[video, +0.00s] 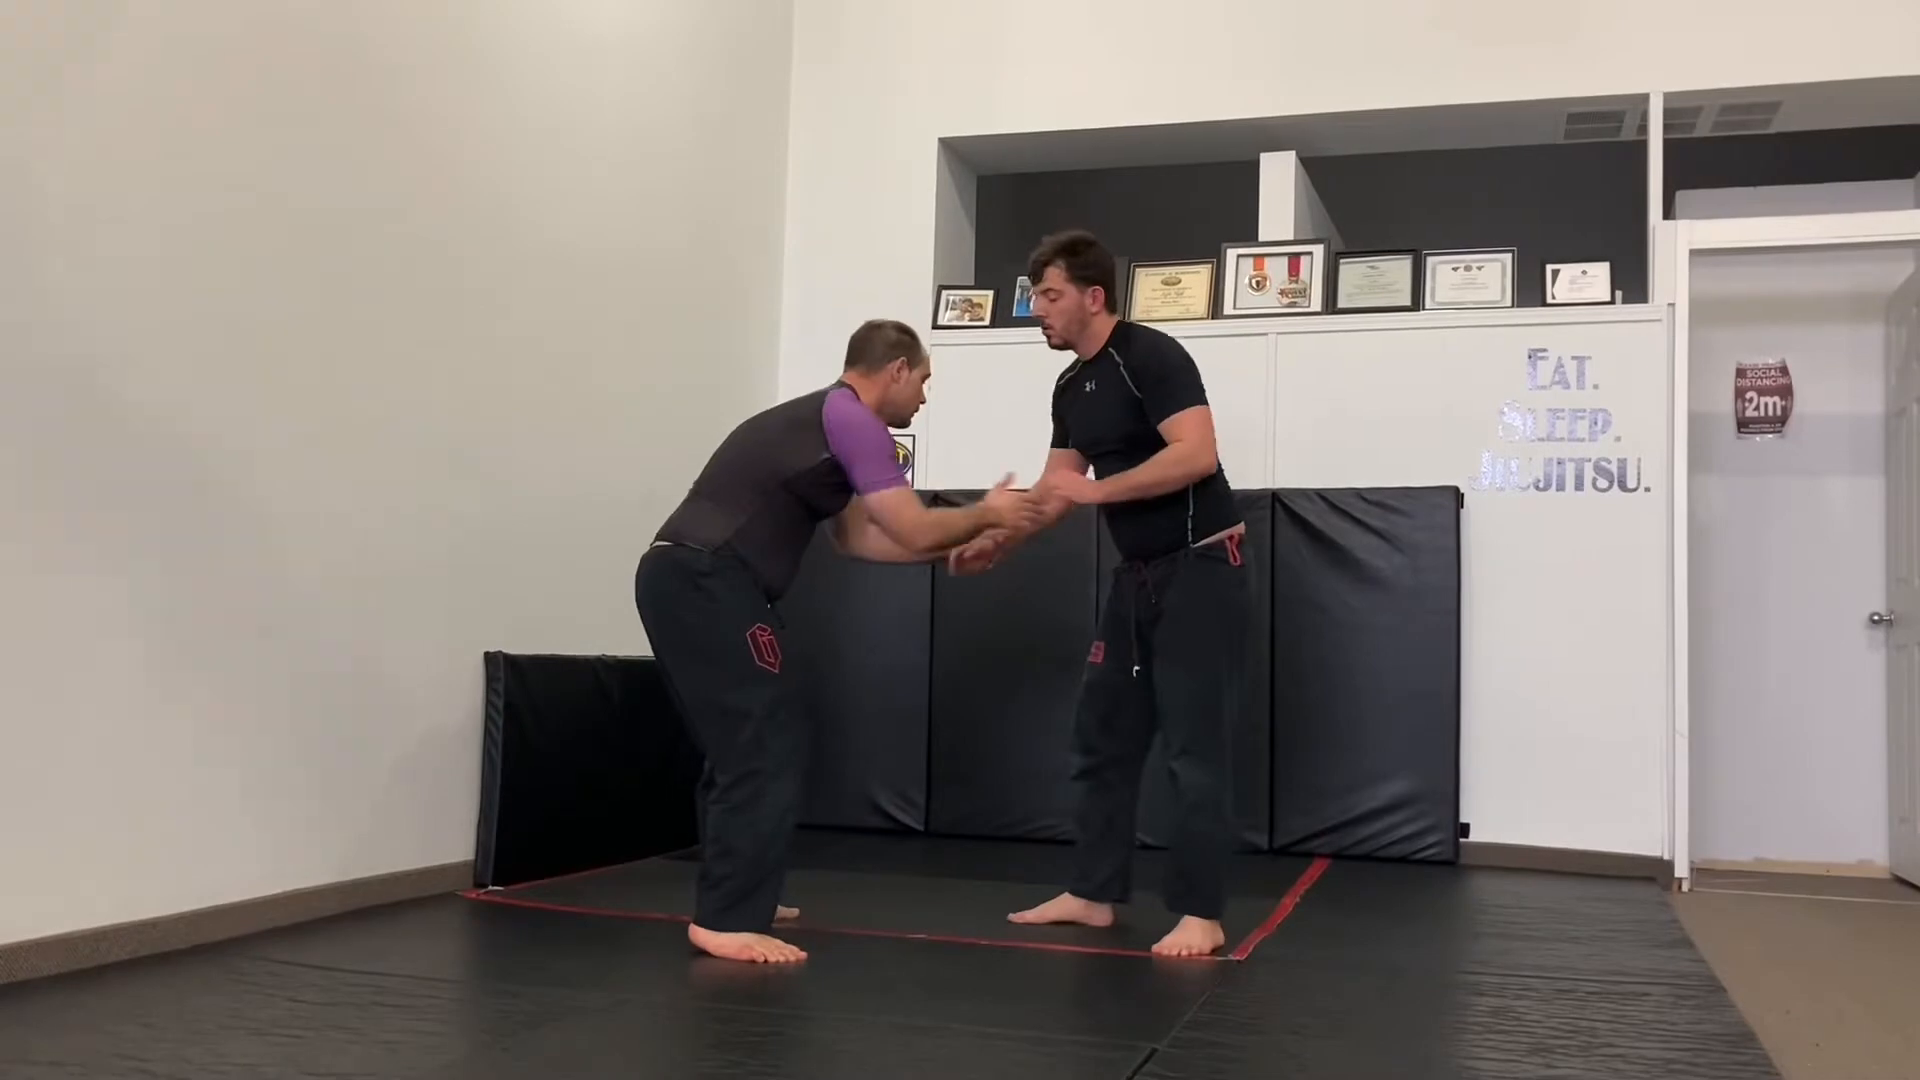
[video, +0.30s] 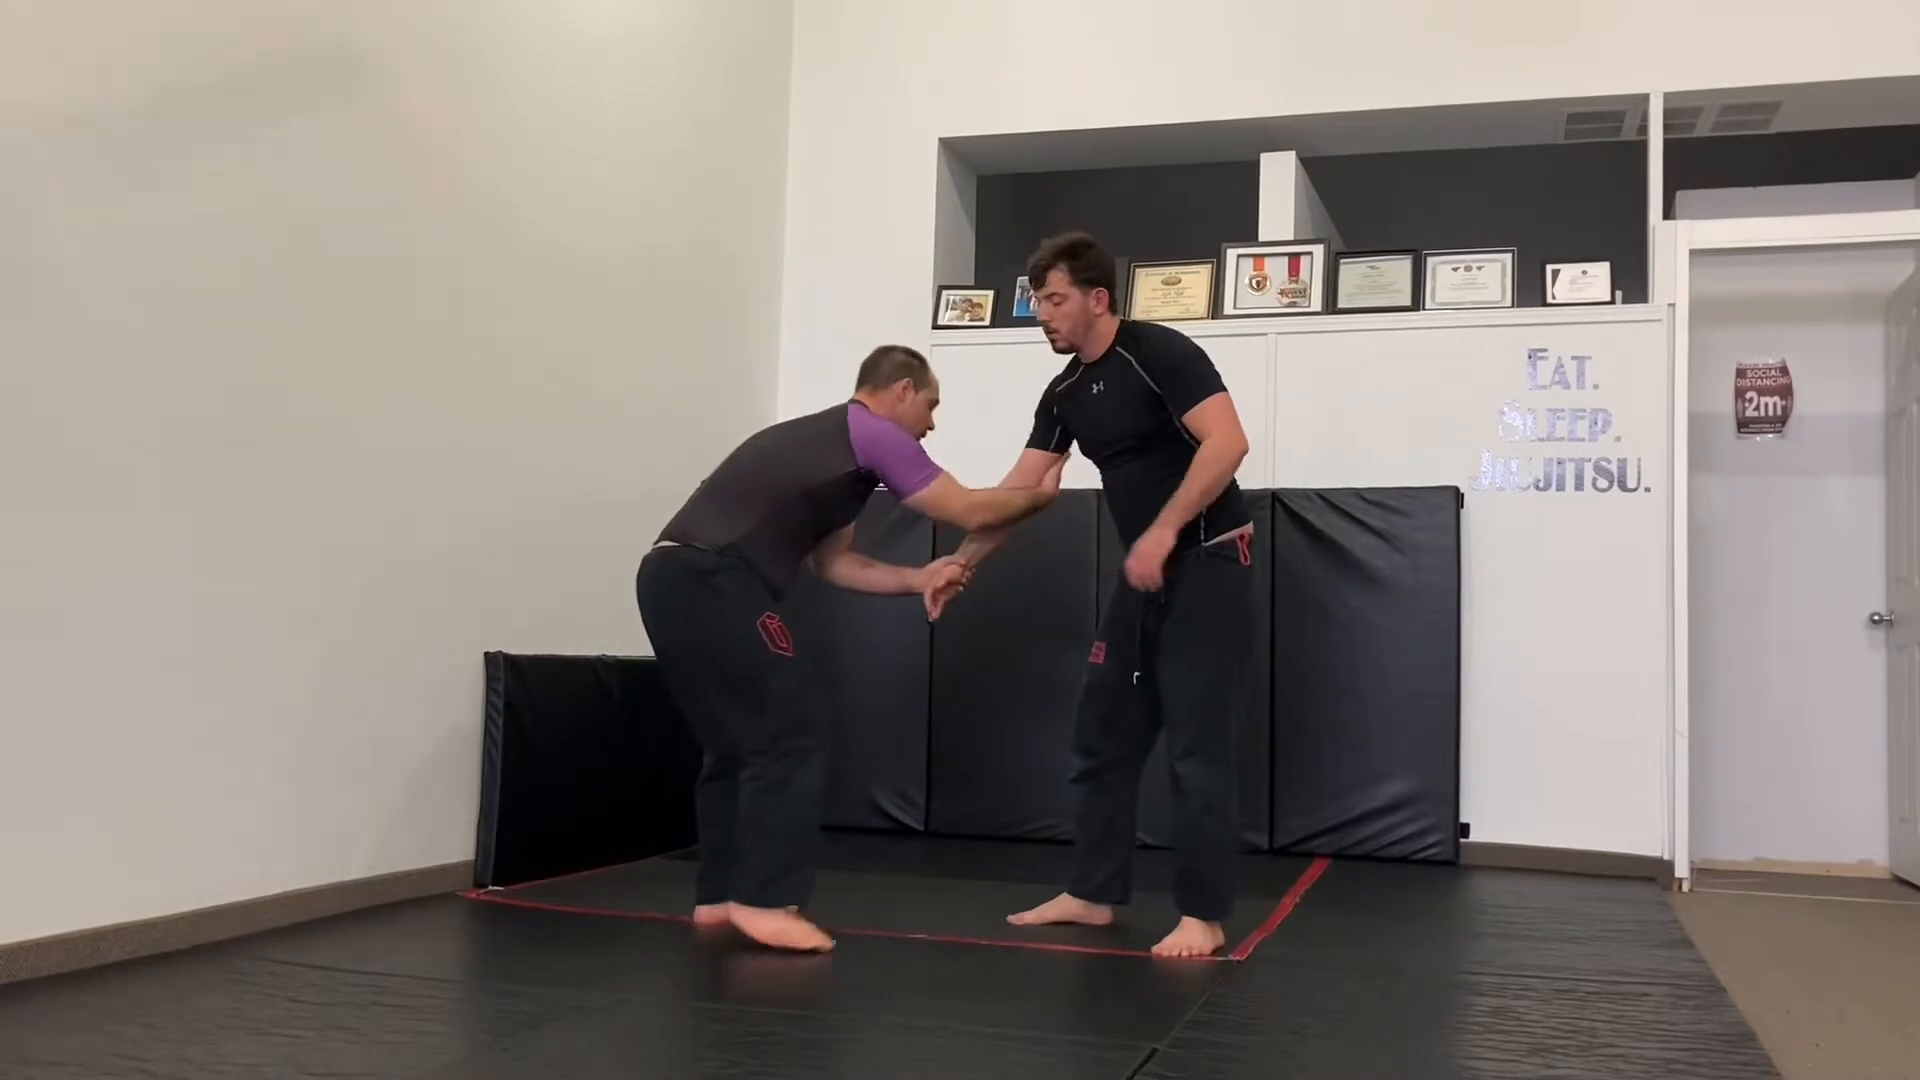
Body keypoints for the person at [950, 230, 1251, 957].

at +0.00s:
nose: (1038, 309)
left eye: (1049, 295)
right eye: (1036, 297)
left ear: (1095, 295)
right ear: (1063, 301)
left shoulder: (1153, 353)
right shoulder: (1071, 386)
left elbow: (1198, 452)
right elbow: (1062, 487)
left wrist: (1096, 491)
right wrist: (1000, 540)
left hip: (1202, 566)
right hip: (1134, 573)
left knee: (1193, 740)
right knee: (1106, 733)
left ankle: (1202, 913)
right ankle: (1094, 893)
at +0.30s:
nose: (1042, 313)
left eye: (1053, 298)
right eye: (1039, 300)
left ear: (1099, 298)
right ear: (1062, 306)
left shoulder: (1161, 351)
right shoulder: (1063, 394)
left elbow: (1228, 443)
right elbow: (1022, 491)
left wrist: (1161, 532)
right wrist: (963, 560)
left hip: (1210, 560)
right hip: (1141, 566)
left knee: (1197, 738)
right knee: (1107, 728)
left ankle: (1204, 915)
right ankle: (1094, 893)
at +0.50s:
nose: (1044, 313)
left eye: (1055, 298)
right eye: (1040, 300)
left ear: (1102, 297)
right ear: (1058, 306)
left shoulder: (1164, 348)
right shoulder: (1060, 393)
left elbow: (1240, 440)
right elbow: (1009, 491)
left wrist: (1229, 542)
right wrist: (957, 560)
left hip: (1208, 566)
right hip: (1141, 573)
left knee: (1199, 742)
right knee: (1106, 732)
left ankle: (1206, 915)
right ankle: (1093, 894)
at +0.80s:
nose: (1047, 311)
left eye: (1058, 295)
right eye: (1041, 300)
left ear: (1103, 292)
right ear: (1042, 307)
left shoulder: (1173, 345)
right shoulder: (1055, 391)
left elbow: (1258, 426)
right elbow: (1013, 500)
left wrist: (1254, 520)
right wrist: (964, 545)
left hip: (1212, 565)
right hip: (1136, 575)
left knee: (1202, 741)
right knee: (1101, 732)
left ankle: (1207, 914)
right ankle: (1093, 894)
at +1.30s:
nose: (1036, 312)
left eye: (1048, 297)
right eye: (1031, 300)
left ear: (1092, 292)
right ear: (1037, 305)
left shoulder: (1150, 341)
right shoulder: (1062, 393)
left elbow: (1221, 417)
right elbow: (1105, 489)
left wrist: (1185, 503)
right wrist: (1097, 575)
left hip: (1195, 562)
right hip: (1128, 568)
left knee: (1184, 732)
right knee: (1107, 723)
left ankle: (1200, 919)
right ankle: (1095, 888)